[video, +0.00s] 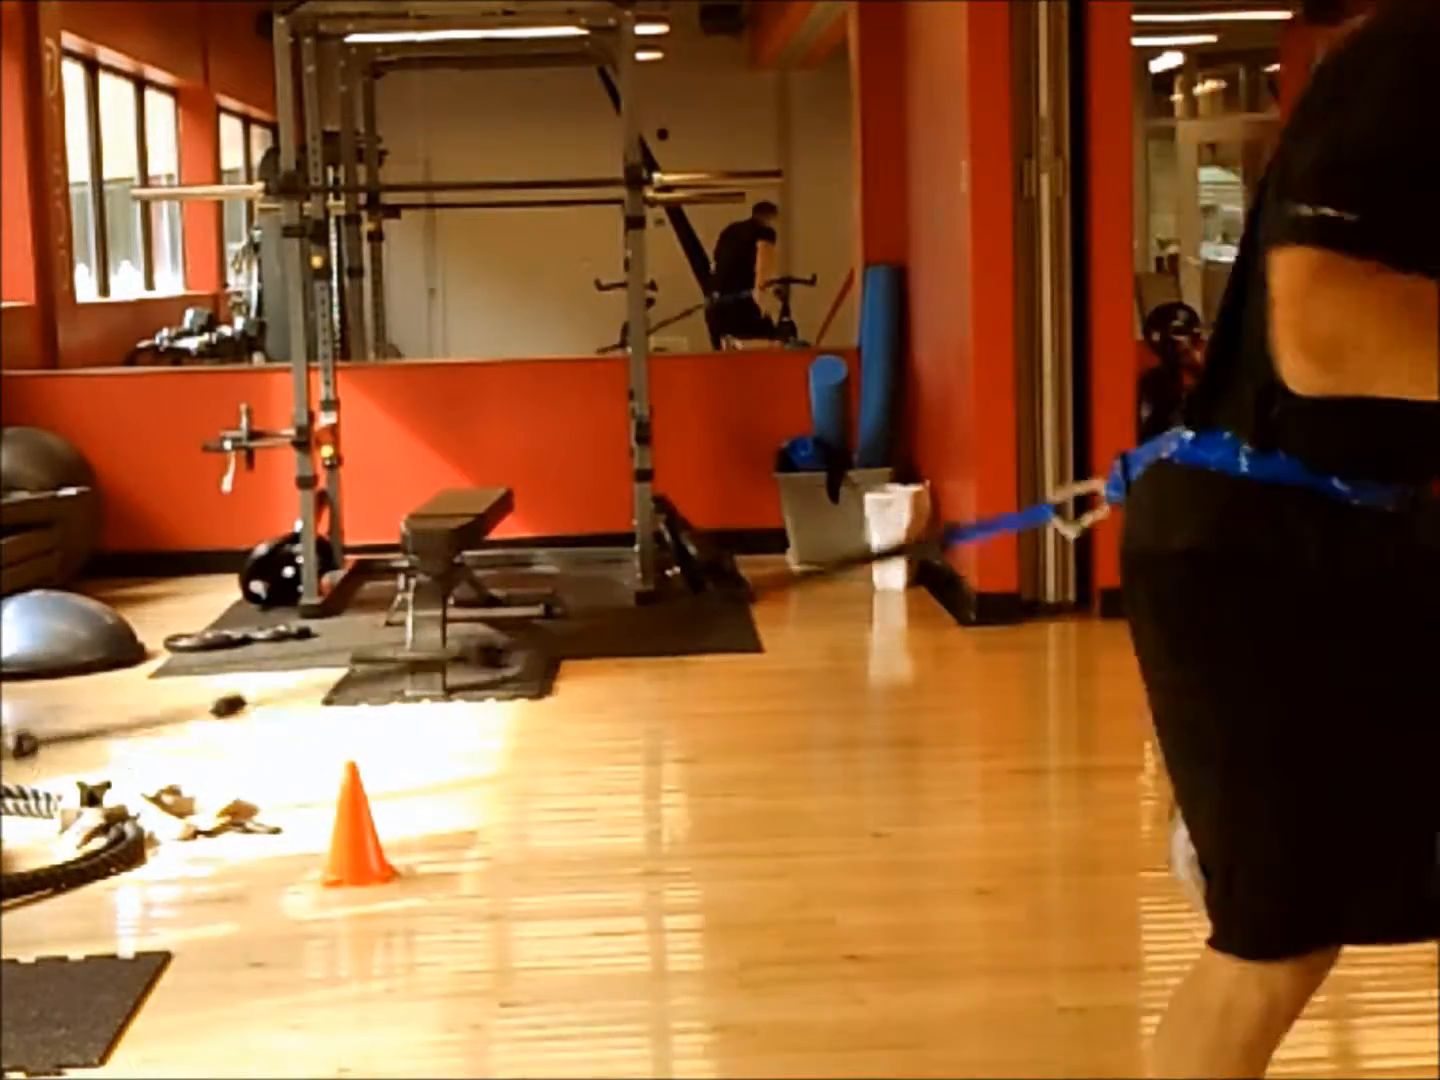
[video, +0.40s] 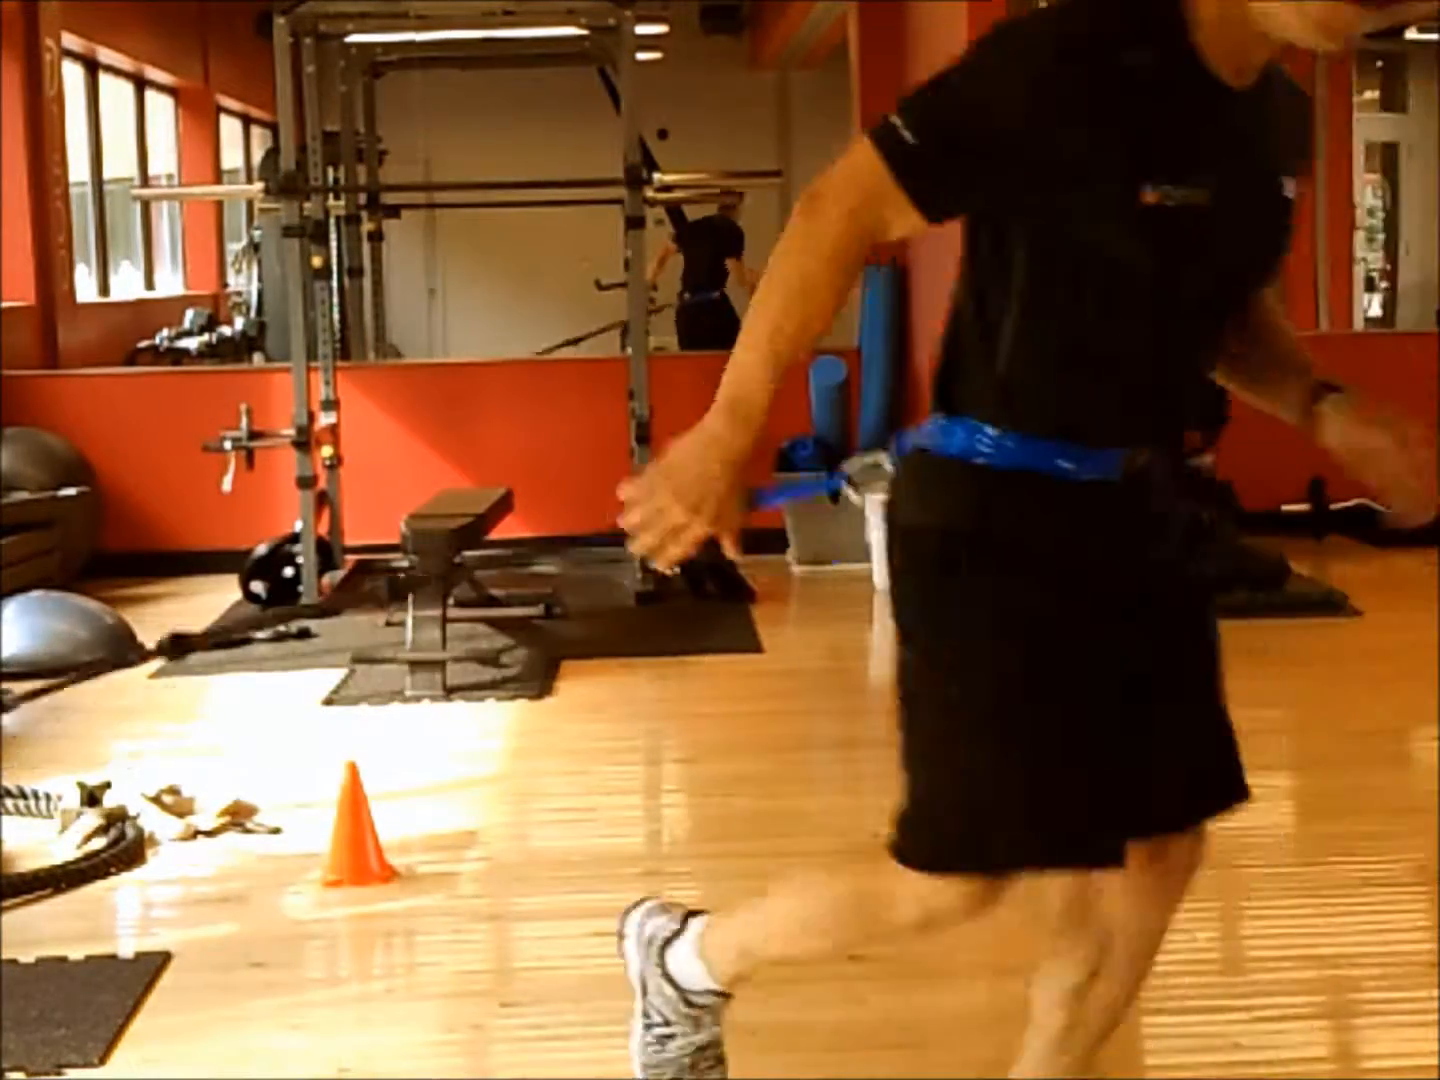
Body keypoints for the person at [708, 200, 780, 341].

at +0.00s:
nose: (774, 223)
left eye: (774, 219)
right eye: (774, 219)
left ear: (753, 214)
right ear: (769, 217)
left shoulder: (731, 228)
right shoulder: (764, 232)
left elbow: (717, 258)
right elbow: (762, 272)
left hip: (716, 303)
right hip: (742, 302)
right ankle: (738, 344)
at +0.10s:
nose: (774, 211)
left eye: (774, 207)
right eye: (774, 207)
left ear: (755, 202)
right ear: (771, 206)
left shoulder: (727, 217)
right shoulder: (764, 221)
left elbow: (702, 250)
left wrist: (711, 276)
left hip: (712, 292)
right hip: (738, 290)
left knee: (720, 349)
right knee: (749, 344)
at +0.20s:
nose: (766, 208)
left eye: (766, 204)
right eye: (766, 204)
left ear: (745, 200)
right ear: (764, 204)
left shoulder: (718, 218)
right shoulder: (760, 225)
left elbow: (685, 244)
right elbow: (761, 278)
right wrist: (771, 308)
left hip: (705, 298)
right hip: (731, 297)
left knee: (714, 356)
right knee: (741, 355)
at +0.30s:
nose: (754, 218)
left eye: (753, 213)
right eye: (753, 213)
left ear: (732, 211)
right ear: (749, 213)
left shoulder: (704, 232)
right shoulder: (748, 238)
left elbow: (674, 248)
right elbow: (757, 277)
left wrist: (651, 278)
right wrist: (779, 289)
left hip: (698, 309)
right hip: (723, 309)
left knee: (704, 363)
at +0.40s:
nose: (741, 212)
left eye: (740, 206)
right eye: (740, 207)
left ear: (719, 206)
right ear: (736, 207)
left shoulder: (694, 226)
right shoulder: (732, 230)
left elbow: (665, 252)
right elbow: (738, 276)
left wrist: (651, 279)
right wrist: (752, 281)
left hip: (687, 305)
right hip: (716, 303)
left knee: (692, 362)